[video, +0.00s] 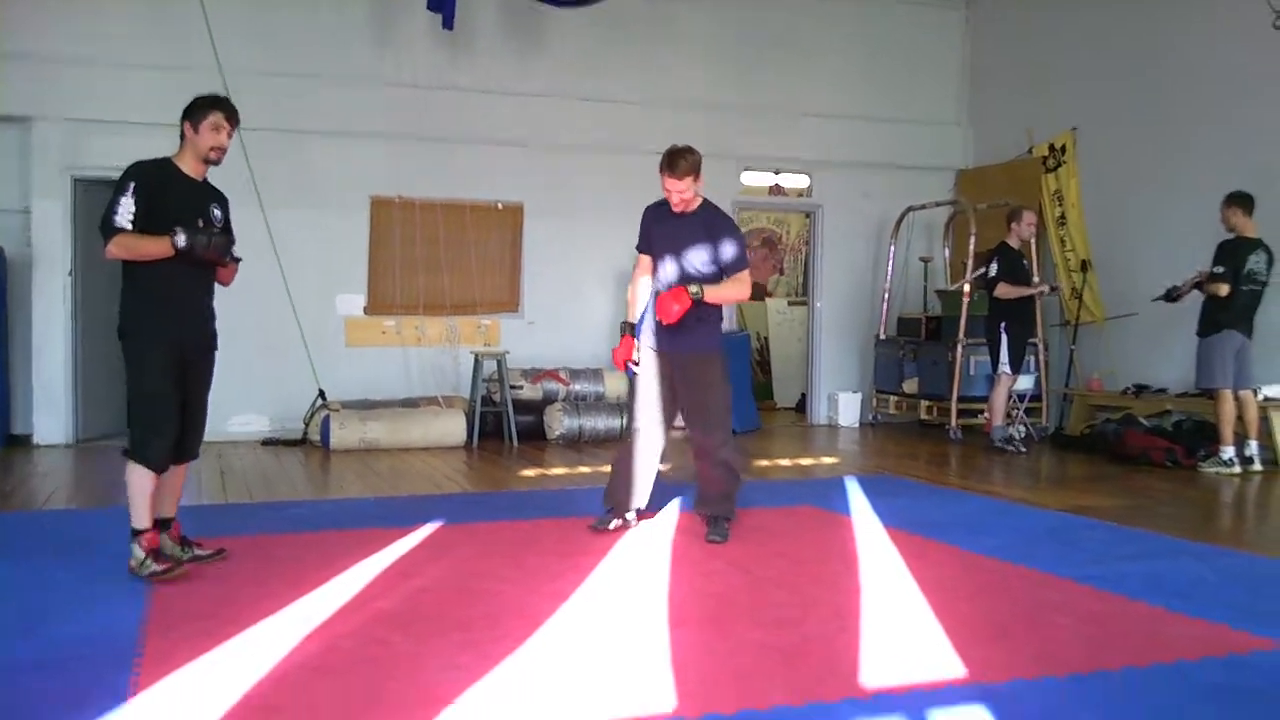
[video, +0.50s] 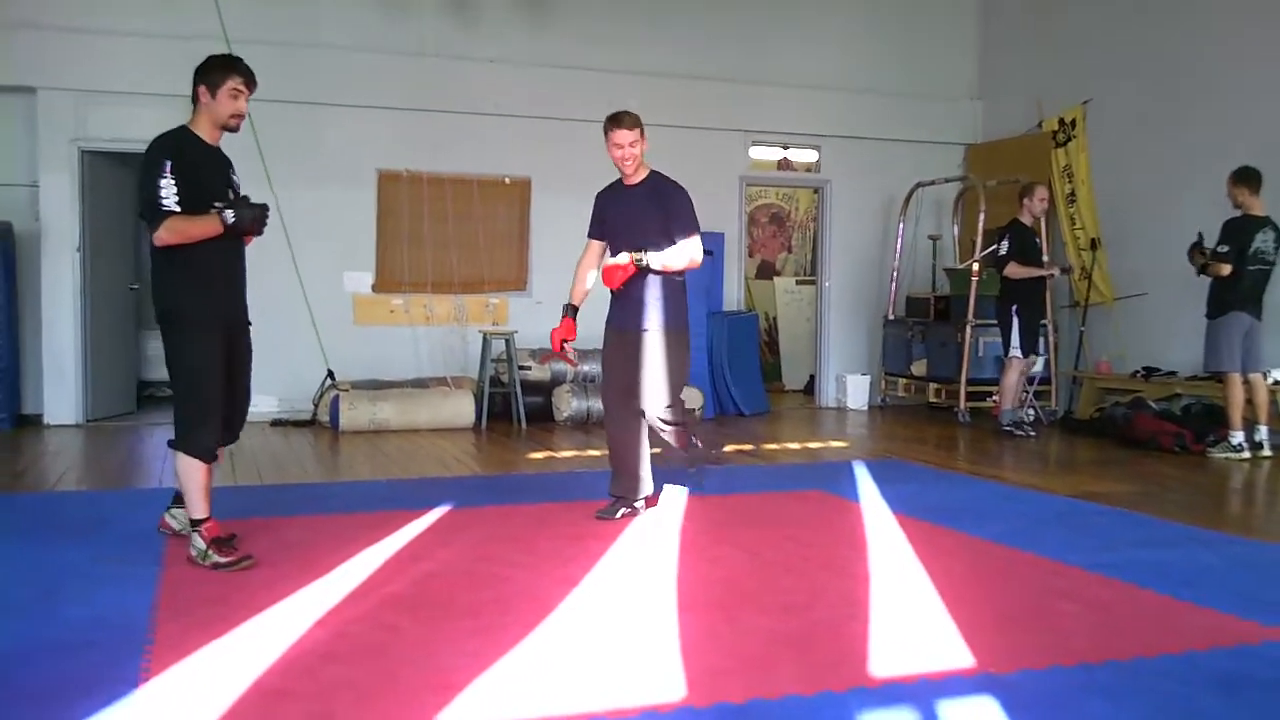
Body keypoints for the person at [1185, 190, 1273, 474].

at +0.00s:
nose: (1221, 218)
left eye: (1224, 213)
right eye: (1222, 213)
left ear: (1236, 213)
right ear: (1246, 213)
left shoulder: (1229, 247)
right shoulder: (1264, 251)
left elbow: (1221, 289)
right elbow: (1246, 288)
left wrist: (1201, 283)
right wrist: (1209, 278)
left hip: (1221, 328)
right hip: (1244, 328)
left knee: (1223, 391)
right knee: (1245, 390)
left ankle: (1226, 455)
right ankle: (1253, 453)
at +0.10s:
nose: (1206, 187)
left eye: (1208, 182)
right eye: (1207, 182)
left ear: (1219, 180)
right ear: (1232, 180)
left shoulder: (1214, 217)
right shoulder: (1250, 220)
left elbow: (1204, 259)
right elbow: (1229, 257)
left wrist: (1183, 255)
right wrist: (1188, 252)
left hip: (1207, 298)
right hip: (1229, 299)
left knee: (1208, 364)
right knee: (1230, 362)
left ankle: (1212, 430)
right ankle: (1238, 428)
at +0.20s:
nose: (1212, 188)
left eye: (1214, 183)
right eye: (1212, 183)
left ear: (1225, 182)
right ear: (1237, 182)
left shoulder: (1218, 219)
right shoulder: (1256, 222)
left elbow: (1208, 261)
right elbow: (1236, 261)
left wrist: (1185, 258)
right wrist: (1187, 256)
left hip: (1212, 300)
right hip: (1235, 301)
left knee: (1213, 367)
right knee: (1236, 365)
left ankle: (1217, 432)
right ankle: (1243, 430)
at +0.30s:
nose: (1216, 192)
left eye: (1218, 186)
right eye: (1217, 186)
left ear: (1230, 186)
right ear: (1242, 187)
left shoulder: (1222, 223)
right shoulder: (1260, 226)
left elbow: (1212, 265)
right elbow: (1241, 264)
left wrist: (1187, 262)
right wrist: (1197, 258)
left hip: (1216, 304)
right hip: (1240, 305)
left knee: (1218, 371)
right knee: (1241, 369)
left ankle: (1222, 436)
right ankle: (1248, 435)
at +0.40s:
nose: (1223, 195)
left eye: (1224, 190)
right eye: (1222, 190)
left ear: (1235, 189)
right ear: (1249, 188)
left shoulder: (1227, 224)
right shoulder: (1266, 228)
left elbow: (1216, 266)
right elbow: (1245, 266)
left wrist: (1191, 261)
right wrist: (1201, 258)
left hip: (1222, 306)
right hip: (1246, 307)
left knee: (1224, 372)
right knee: (1247, 371)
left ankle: (1228, 438)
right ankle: (1254, 436)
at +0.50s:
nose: (1229, 196)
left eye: (1231, 191)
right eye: (1229, 191)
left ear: (1242, 191)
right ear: (1255, 190)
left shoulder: (1235, 226)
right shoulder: (1271, 228)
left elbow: (1223, 269)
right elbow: (1252, 267)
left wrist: (1201, 263)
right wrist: (1210, 257)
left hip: (1229, 308)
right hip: (1254, 309)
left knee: (1232, 375)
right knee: (1255, 373)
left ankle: (1236, 440)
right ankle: (1262, 438)